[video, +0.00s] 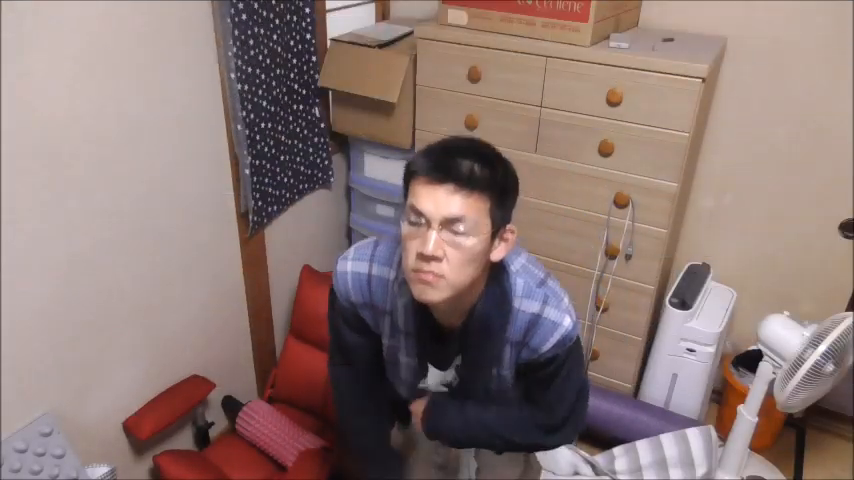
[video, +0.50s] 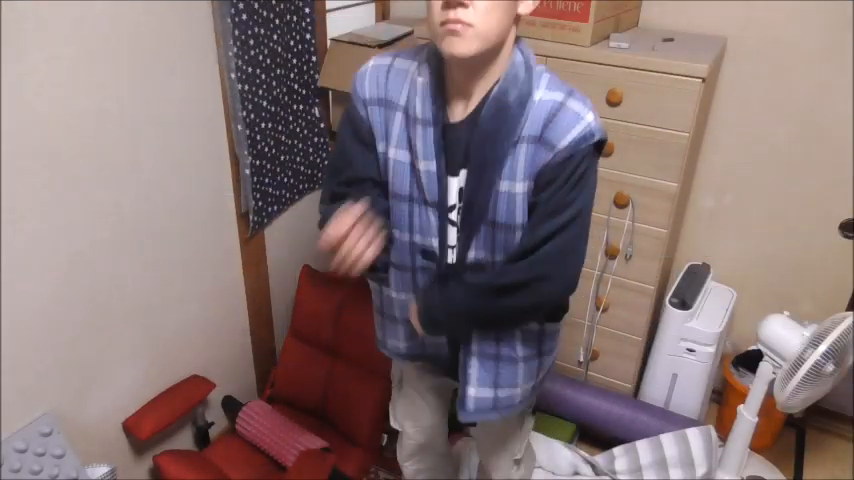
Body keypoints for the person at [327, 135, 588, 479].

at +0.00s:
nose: (428, 249)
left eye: (456, 231)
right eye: (416, 221)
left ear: (501, 243)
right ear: (402, 217)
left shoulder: (544, 314)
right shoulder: (359, 277)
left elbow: (556, 422)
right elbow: (358, 414)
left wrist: (439, 417)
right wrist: (380, 471)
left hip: (500, 429)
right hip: (408, 425)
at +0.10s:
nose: (430, 198)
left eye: (457, 180)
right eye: (420, 172)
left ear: (503, 196)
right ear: (405, 171)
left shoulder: (543, 277)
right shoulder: (363, 235)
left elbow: (548, 405)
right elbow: (342, 334)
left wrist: (441, 421)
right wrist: (421, 404)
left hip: (500, 398)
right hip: (419, 395)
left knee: (502, 466)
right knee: (420, 465)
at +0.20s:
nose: (434, 124)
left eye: (461, 104)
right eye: (422, 99)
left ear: (510, 120)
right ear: (405, 103)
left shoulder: (547, 217)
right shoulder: (367, 177)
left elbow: (536, 369)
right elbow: (332, 282)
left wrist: (417, 433)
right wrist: (408, 337)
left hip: (499, 386)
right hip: (413, 381)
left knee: (499, 467)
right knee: (420, 466)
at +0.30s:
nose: (442, 56)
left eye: (469, 35)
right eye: (427, 31)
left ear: (516, 55)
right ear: (410, 40)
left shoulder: (551, 169)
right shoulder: (373, 121)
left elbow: (549, 318)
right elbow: (328, 223)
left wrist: (440, 383)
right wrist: (382, 244)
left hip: (502, 376)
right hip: (416, 365)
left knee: (504, 468)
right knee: (420, 467)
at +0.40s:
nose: (449, 14)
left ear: (524, 16)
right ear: (420, 13)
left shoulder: (558, 139)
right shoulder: (376, 98)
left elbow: (551, 291)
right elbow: (343, 213)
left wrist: (445, 351)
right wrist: (402, 218)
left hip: (505, 355)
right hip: (414, 340)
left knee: (497, 466)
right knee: (419, 459)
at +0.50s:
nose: (453, 5)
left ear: (523, 7)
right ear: (431, 8)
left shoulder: (563, 124)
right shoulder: (380, 85)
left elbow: (547, 282)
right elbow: (349, 190)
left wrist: (436, 306)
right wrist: (348, 239)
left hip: (505, 342)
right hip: (413, 328)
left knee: (500, 462)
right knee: (417, 453)